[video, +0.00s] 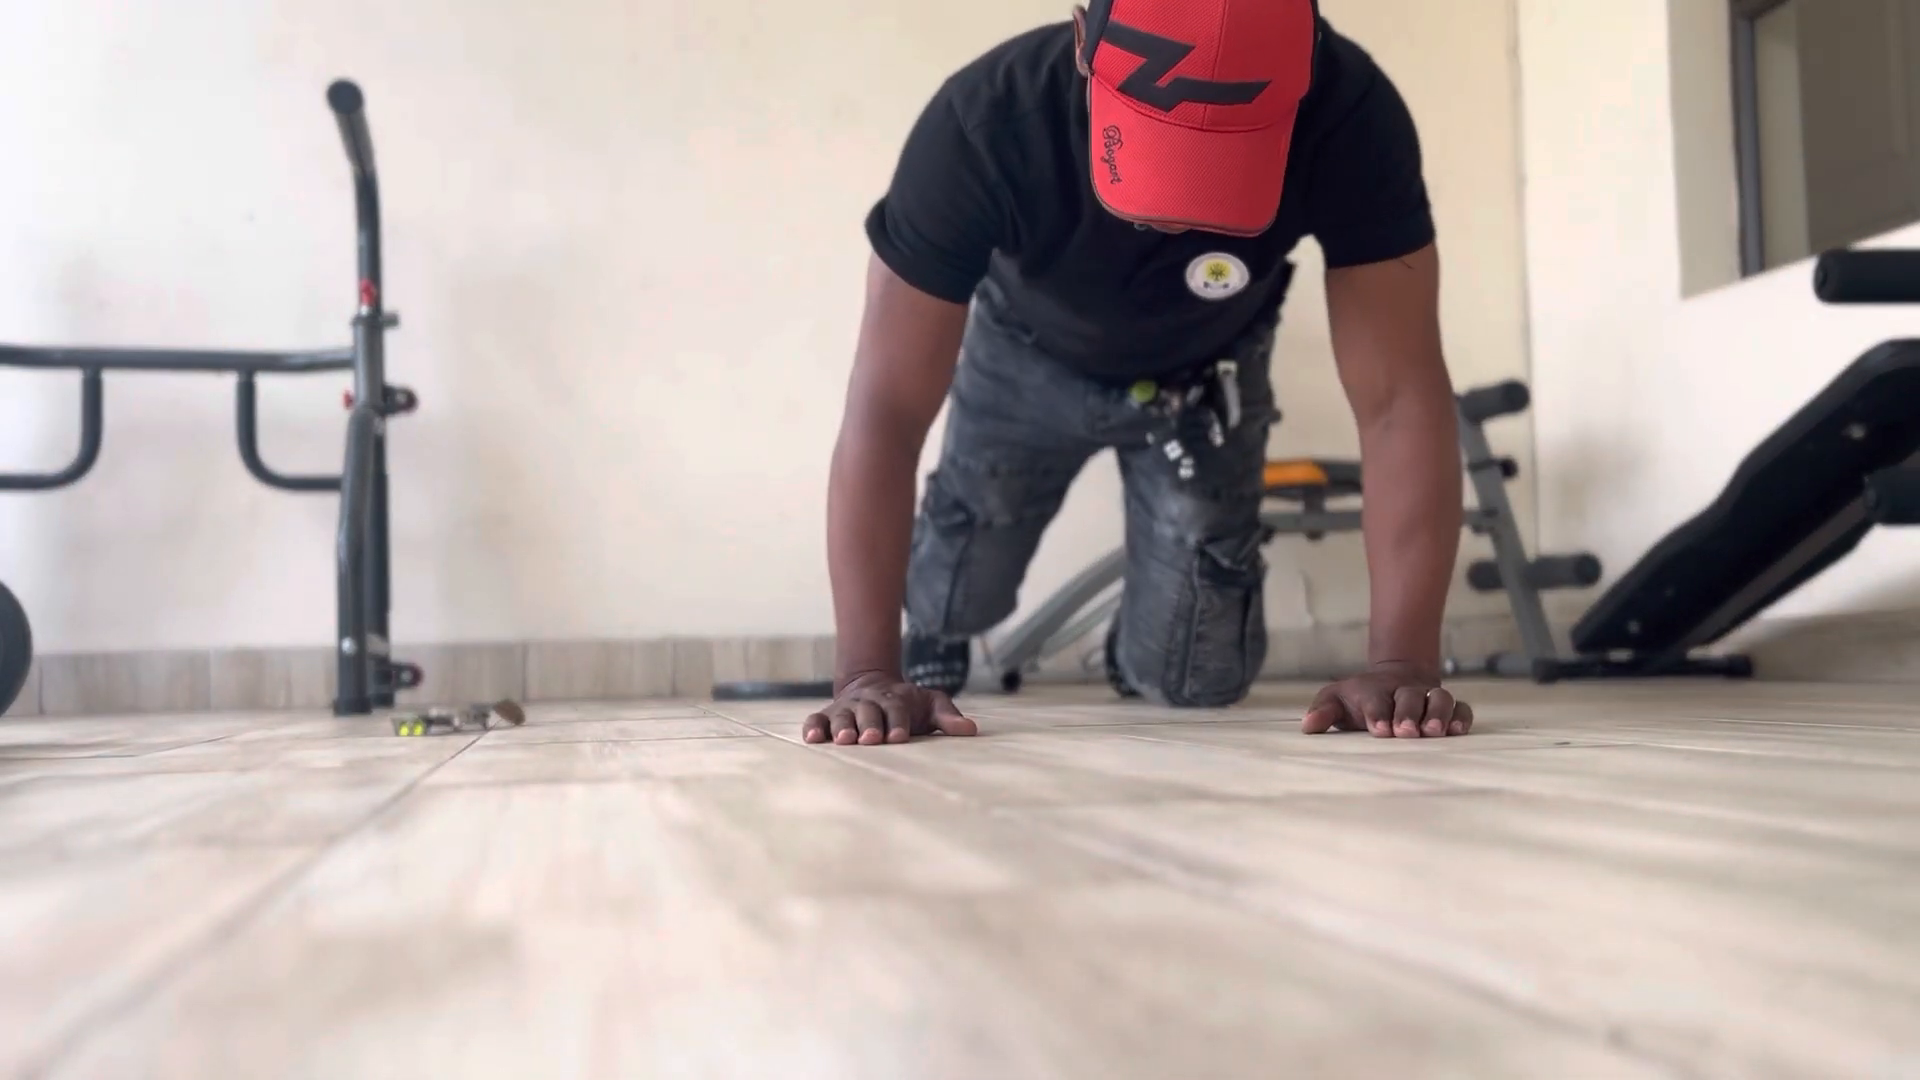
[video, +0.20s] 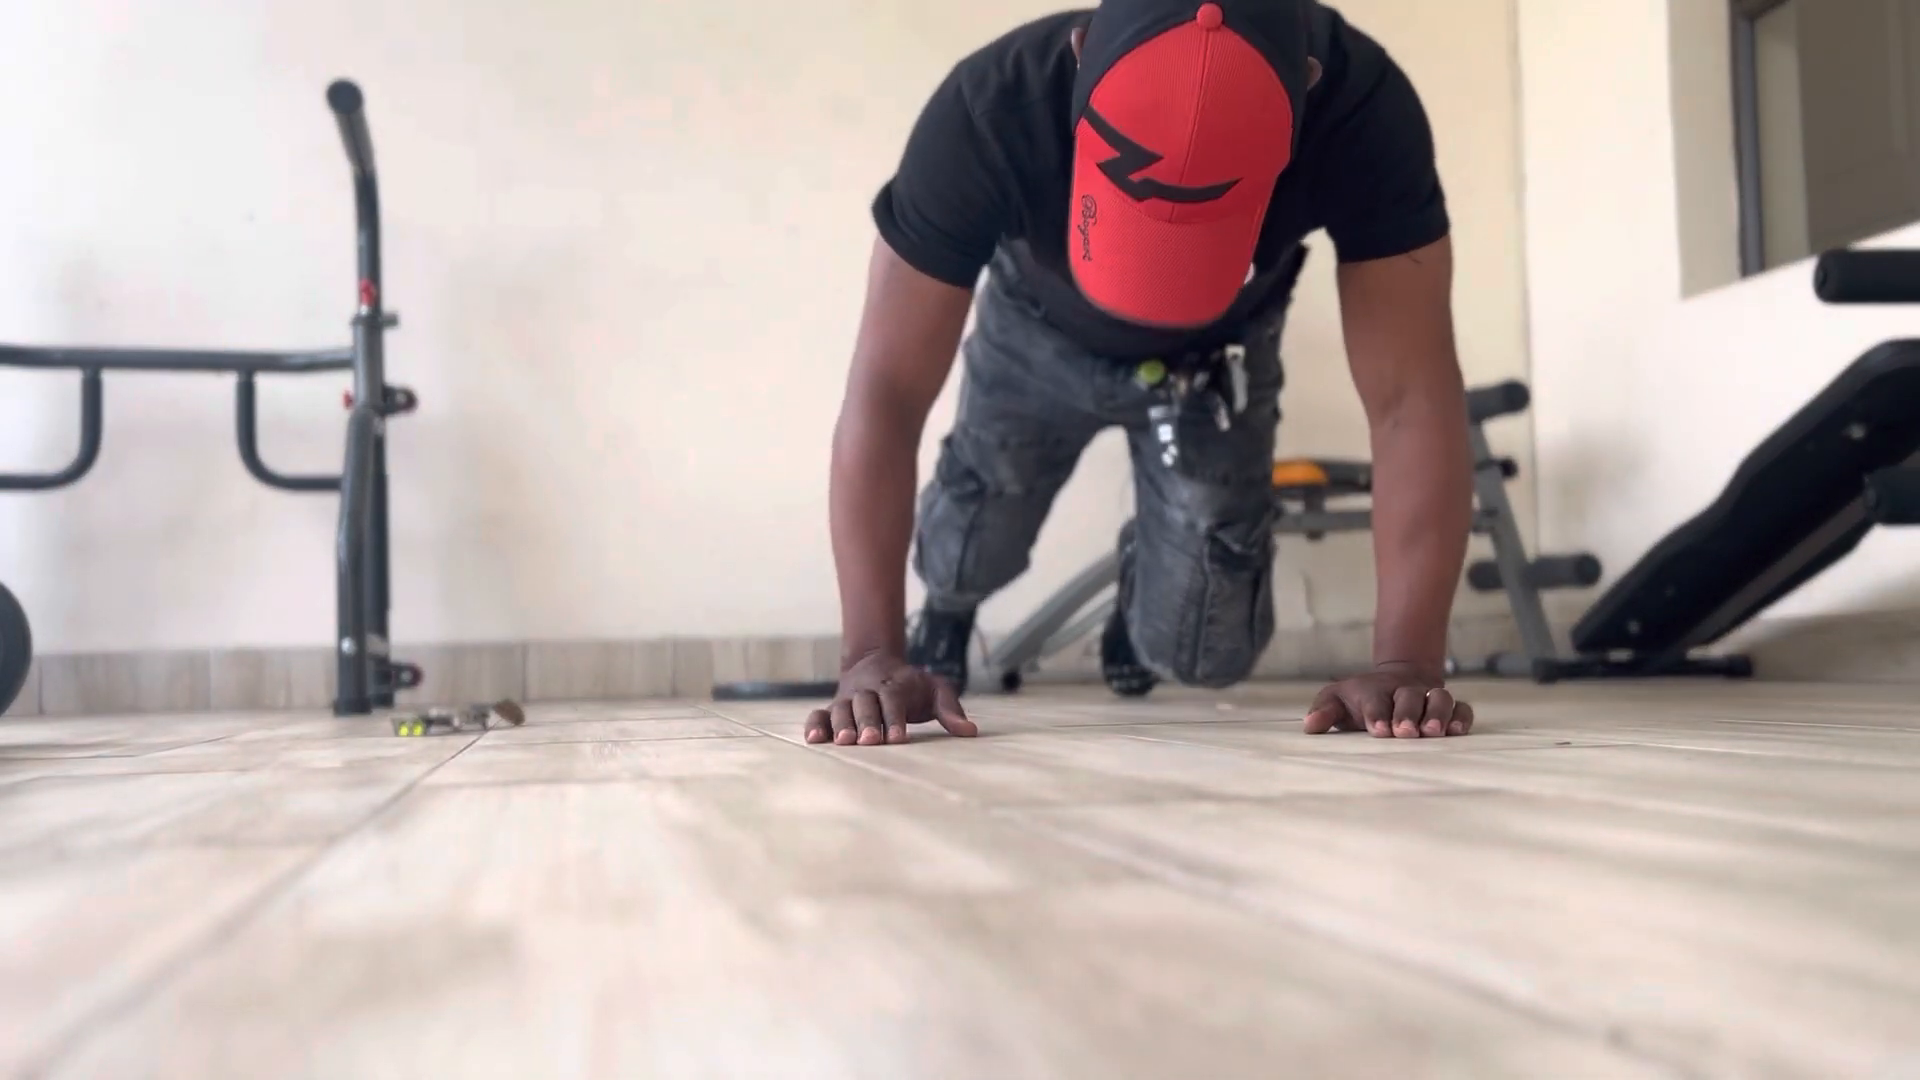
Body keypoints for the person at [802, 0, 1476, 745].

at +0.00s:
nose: (1176, 191)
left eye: (1215, 164)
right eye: (1152, 157)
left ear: (1287, 94)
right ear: (1094, 67)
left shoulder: (1351, 122)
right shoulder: (982, 129)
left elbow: (1400, 398)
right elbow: (881, 415)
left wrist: (1402, 662)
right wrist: (865, 674)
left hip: (1212, 373)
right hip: (1026, 359)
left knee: (1194, 678)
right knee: (954, 597)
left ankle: (1141, 637)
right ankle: (925, 666)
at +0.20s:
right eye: (1133, 195)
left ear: (1293, 118)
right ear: (1082, 79)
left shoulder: (1365, 116)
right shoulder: (986, 117)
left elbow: (1412, 397)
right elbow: (882, 396)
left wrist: (1406, 663)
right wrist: (865, 654)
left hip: (1224, 348)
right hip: (1040, 328)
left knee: (1208, 655)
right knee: (981, 528)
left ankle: (1144, 585)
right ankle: (945, 609)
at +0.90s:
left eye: (1171, 276)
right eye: (1085, 259)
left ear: (1270, 107)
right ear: (1029, 101)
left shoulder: (1360, 100)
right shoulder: (941, 117)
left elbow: (1423, 394)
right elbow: (865, 418)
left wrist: (1409, 664)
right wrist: (873, 673)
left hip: (1233, 281)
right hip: (1030, 270)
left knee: (1206, 497)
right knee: (1011, 470)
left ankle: (1161, 596)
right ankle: (1001, 589)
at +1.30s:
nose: (1127, 153)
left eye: (1162, 123)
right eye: (1089, 124)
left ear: (1214, 53)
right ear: (1017, 47)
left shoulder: (1304, 84)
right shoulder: (917, 100)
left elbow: (1401, 372)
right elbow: (872, 405)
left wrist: (1405, 643)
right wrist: (875, 672)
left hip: (1169, 331)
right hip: (994, 342)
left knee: (1179, 520)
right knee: (990, 538)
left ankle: (1164, 605)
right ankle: (1013, 600)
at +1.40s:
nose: (1115, 144)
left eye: (1152, 108)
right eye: (1076, 111)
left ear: (1207, 53)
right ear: (1008, 49)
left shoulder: (1304, 78)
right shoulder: (916, 101)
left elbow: (1413, 367)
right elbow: (868, 407)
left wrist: (1433, 642)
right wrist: (873, 673)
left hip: (1174, 328)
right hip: (997, 337)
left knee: (1183, 512)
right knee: (976, 541)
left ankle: (1166, 606)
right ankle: (1009, 599)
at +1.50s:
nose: (1117, 157)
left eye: (1153, 123)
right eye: (1078, 123)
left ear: (1217, 62)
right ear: (1014, 64)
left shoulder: (1320, 93)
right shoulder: (926, 108)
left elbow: (1409, 388)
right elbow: (866, 408)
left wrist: (1426, 669)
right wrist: (872, 674)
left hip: (1197, 347)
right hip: (1017, 343)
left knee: (1189, 534)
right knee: (971, 550)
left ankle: (1164, 602)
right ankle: (1008, 597)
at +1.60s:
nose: (1128, 147)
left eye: (1169, 114)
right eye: (1087, 112)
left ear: (1236, 53)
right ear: (1027, 45)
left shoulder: (1338, 76)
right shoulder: (946, 103)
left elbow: (1425, 379)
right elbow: (872, 411)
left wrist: (1431, 670)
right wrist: (873, 672)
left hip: (1217, 344)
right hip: (1033, 337)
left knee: (1200, 527)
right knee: (988, 531)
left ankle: (1170, 605)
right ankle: (1005, 607)